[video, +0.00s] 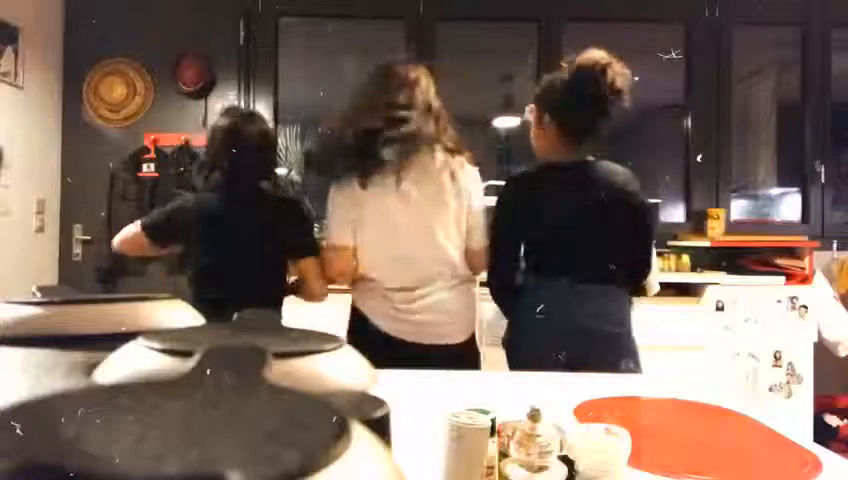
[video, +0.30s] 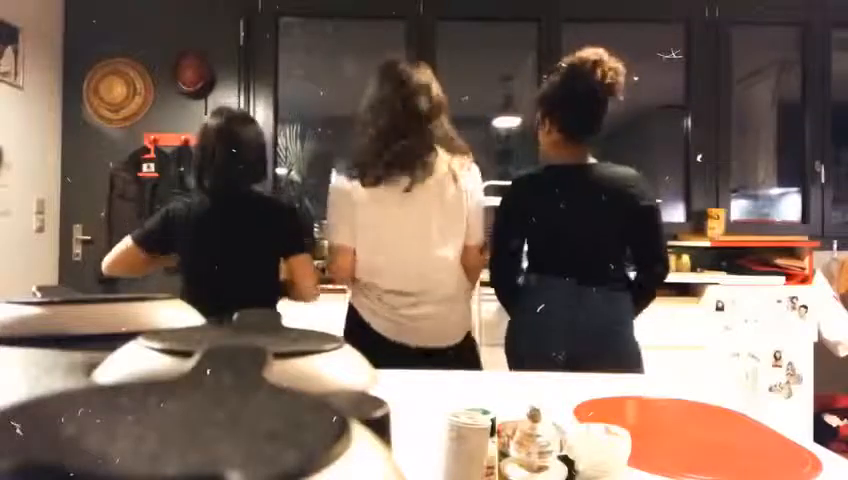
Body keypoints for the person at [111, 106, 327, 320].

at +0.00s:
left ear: (213, 155)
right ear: (269, 155)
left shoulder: (195, 208)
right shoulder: (288, 209)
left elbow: (123, 243)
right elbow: (315, 290)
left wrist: (173, 246)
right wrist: (285, 281)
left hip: (206, 342)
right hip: (267, 344)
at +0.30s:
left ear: (201, 158)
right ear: (257, 157)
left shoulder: (182, 215)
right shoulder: (282, 215)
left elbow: (113, 265)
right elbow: (307, 291)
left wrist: (174, 258)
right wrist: (272, 276)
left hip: (199, 350)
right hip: (264, 351)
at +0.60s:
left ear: (197, 154)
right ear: (252, 155)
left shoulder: (176, 209)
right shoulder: (274, 211)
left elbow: (103, 258)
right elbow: (305, 284)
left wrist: (161, 243)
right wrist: (268, 279)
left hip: (195, 341)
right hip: (259, 342)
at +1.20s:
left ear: (192, 144)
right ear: (247, 145)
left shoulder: (170, 201)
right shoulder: (265, 200)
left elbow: (107, 255)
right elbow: (299, 277)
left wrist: (159, 247)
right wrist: (261, 261)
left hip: (195, 332)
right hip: (260, 331)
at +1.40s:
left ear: (195, 144)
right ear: (250, 142)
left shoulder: (174, 202)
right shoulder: (272, 202)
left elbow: (111, 258)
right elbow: (302, 279)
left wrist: (163, 244)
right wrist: (264, 263)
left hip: (196, 336)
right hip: (260, 337)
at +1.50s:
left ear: (196, 144)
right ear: (250, 142)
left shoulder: (176, 200)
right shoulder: (272, 200)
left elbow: (112, 257)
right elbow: (302, 278)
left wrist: (163, 242)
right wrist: (264, 260)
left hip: (197, 331)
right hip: (262, 331)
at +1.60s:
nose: (184, 165)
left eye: (188, 155)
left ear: (196, 162)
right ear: (249, 158)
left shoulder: (183, 215)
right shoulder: (276, 211)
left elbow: (120, 276)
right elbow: (304, 287)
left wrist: (171, 259)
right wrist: (271, 270)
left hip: (205, 342)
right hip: (266, 342)